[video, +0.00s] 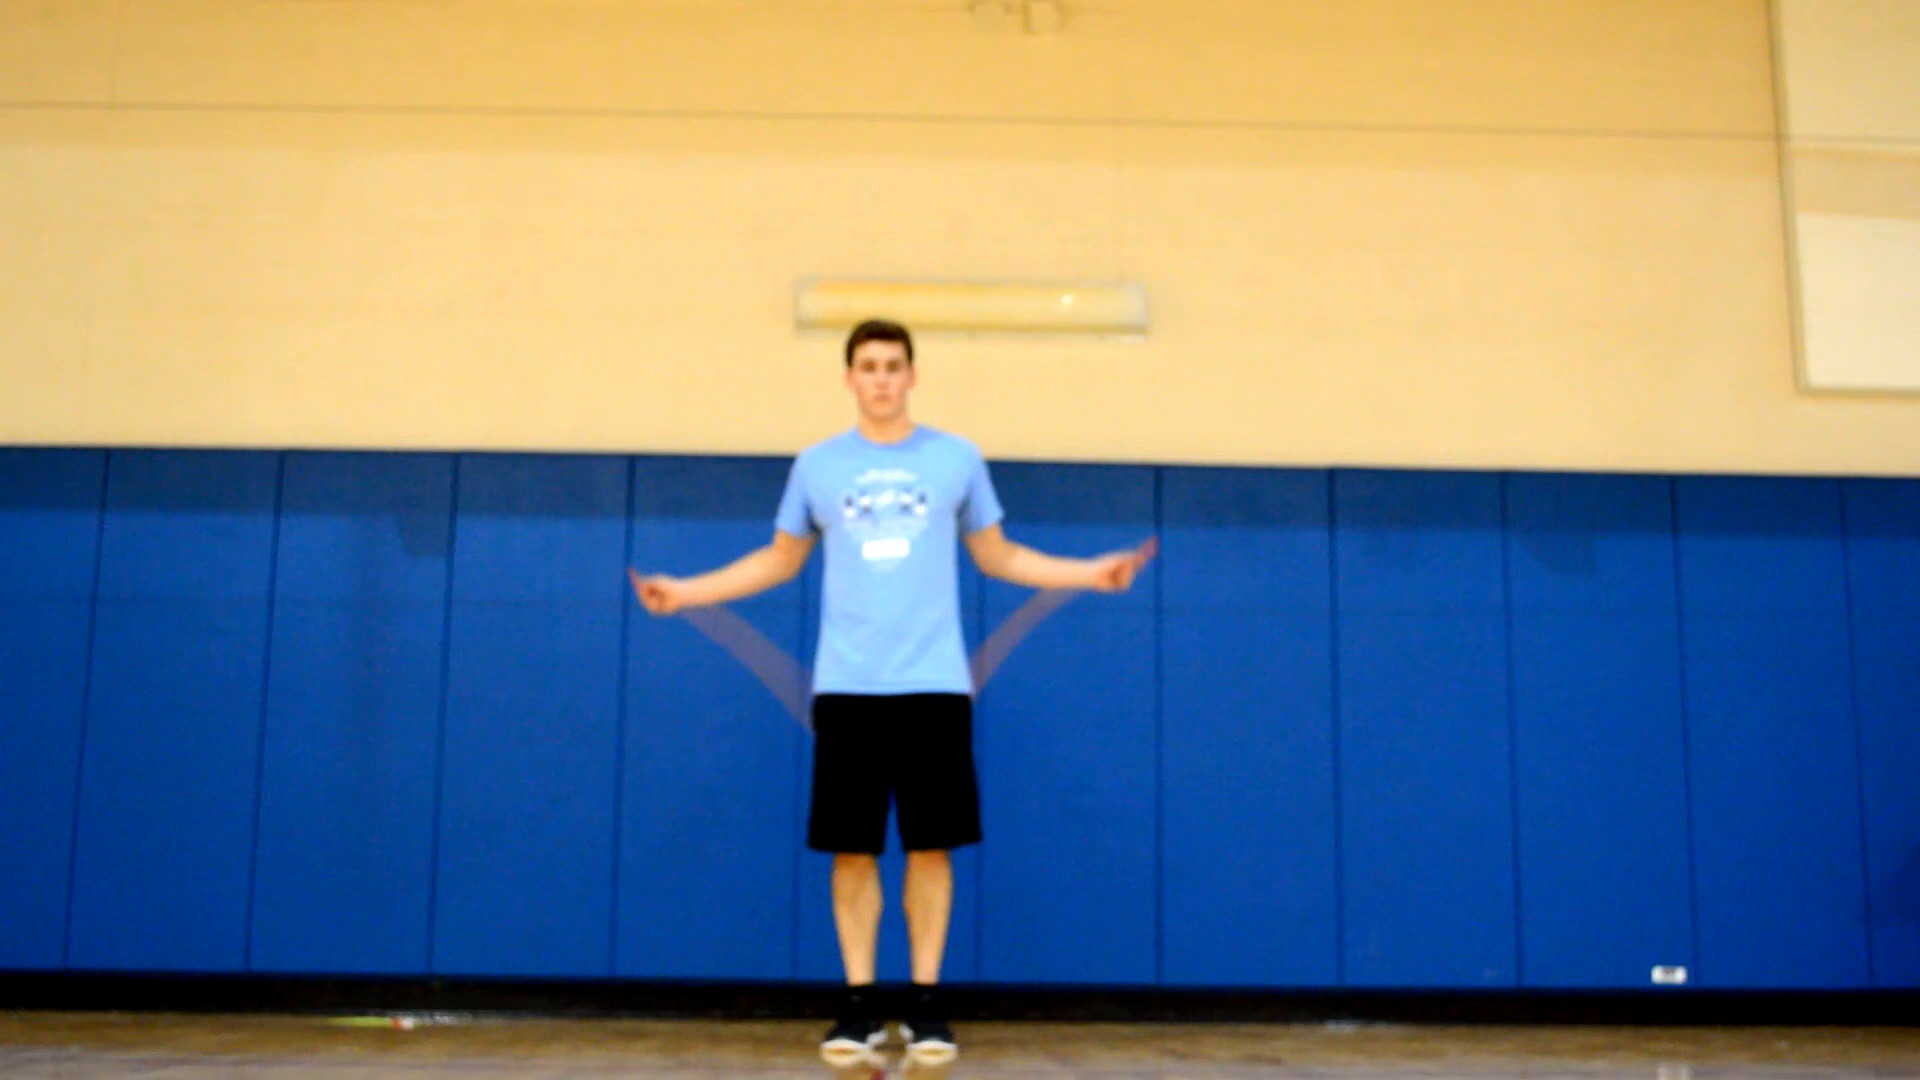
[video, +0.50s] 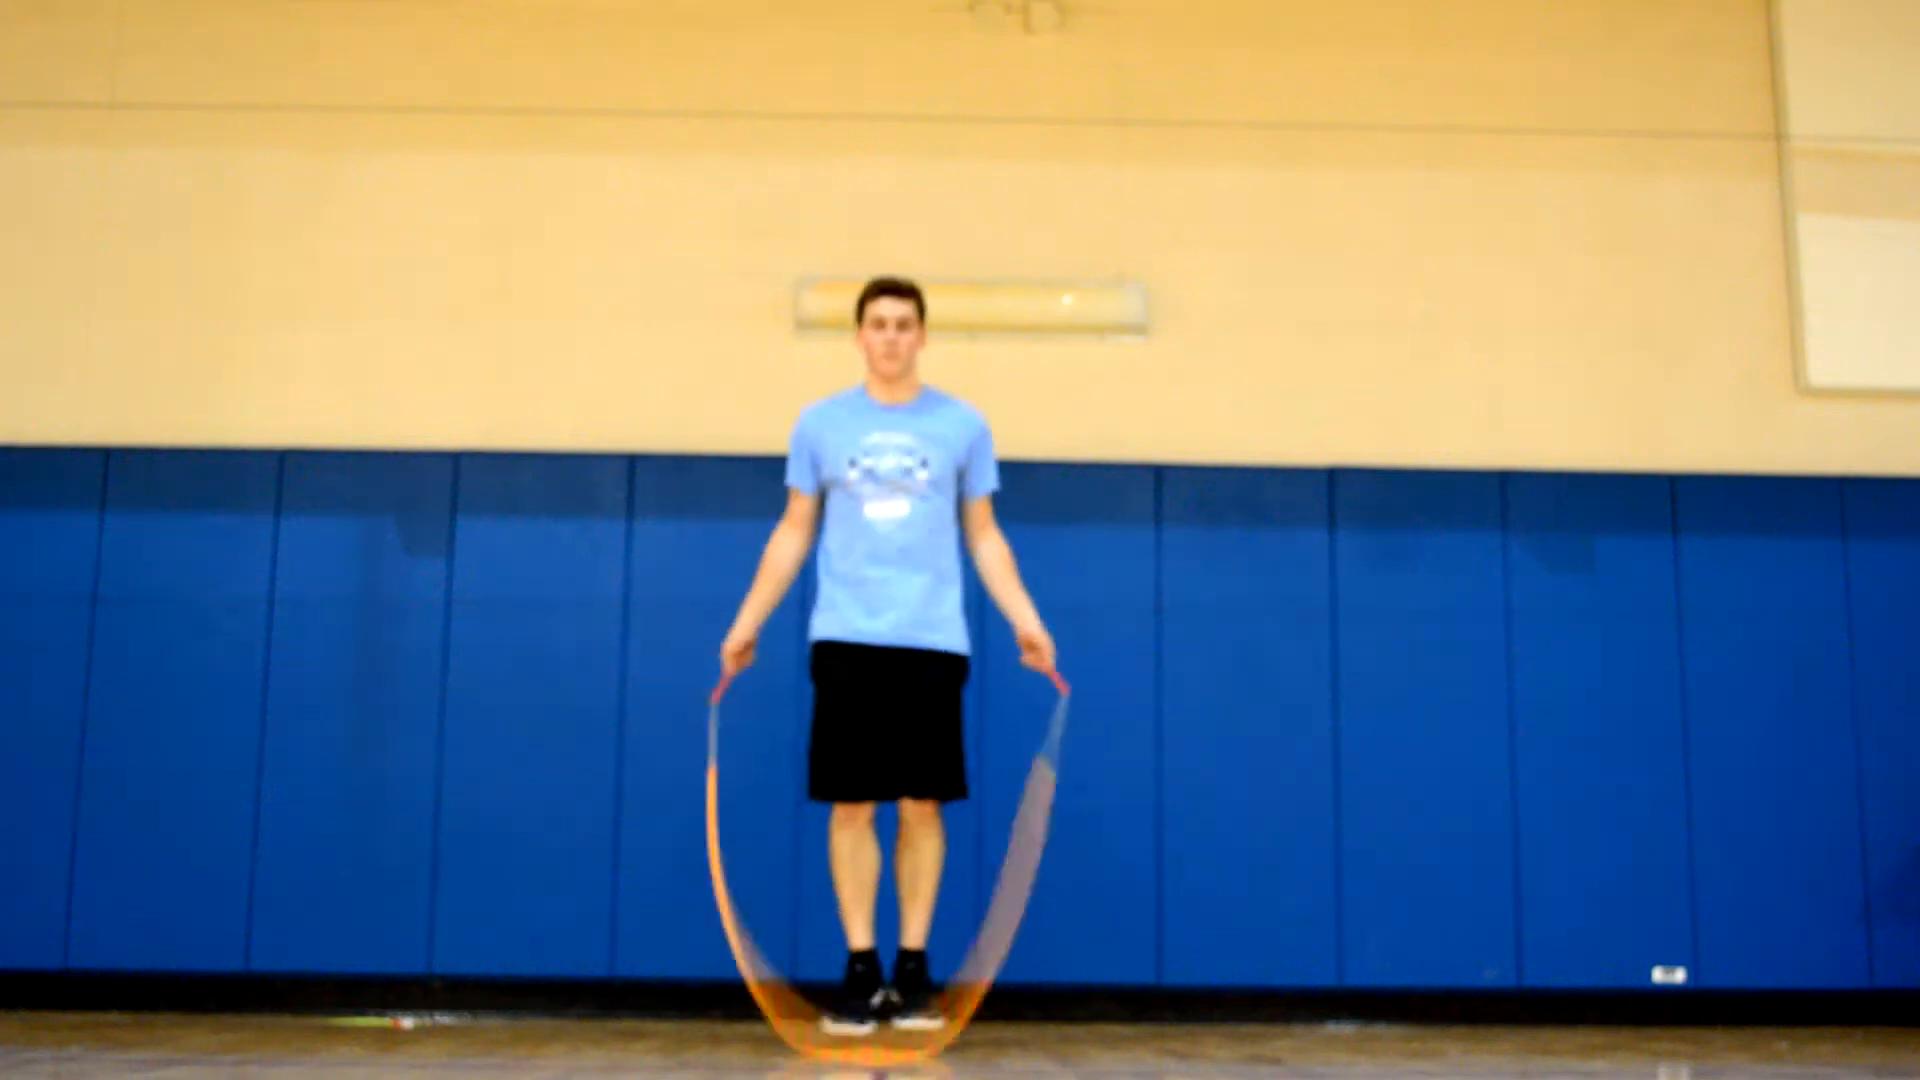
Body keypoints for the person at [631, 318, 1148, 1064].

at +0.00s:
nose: (880, 381)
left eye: (892, 368)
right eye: (867, 368)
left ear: (913, 376)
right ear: (849, 379)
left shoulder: (956, 460)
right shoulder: (819, 465)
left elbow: (996, 554)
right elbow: (781, 558)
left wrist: (1091, 573)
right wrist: (684, 592)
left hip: (934, 682)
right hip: (847, 684)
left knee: (930, 847)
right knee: (852, 849)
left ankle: (925, 1010)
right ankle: (859, 1010)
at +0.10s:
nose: (882, 376)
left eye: (894, 364)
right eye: (870, 364)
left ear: (914, 373)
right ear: (850, 375)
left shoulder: (957, 457)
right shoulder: (820, 462)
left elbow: (1001, 551)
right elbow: (774, 555)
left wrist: (1079, 567)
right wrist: (684, 587)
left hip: (936, 678)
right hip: (848, 680)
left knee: (935, 844)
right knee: (849, 846)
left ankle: (926, 1006)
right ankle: (858, 1009)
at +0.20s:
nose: (887, 386)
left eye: (899, 373)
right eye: (874, 374)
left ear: (918, 383)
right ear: (853, 385)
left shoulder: (962, 470)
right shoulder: (820, 474)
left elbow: (1004, 565)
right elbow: (773, 570)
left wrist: (1050, 592)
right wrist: (696, 604)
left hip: (939, 693)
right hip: (846, 694)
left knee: (946, 849)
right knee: (830, 849)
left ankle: (924, 1006)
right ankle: (859, 1003)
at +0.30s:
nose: (889, 401)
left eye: (902, 389)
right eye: (877, 389)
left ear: (921, 400)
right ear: (856, 401)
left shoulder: (962, 487)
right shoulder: (822, 489)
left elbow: (996, 583)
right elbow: (781, 582)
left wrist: (1035, 628)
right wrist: (715, 627)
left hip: (938, 708)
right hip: (843, 707)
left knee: (954, 859)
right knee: (817, 856)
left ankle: (926, 1008)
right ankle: (858, 1003)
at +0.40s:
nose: (891, 366)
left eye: (904, 354)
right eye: (879, 353)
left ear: (923, 364)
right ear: (859, 364)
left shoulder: (962, 453)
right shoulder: (823, 452)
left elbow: (988, 556)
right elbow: (789, 551)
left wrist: (1026, 634)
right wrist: (740, 633)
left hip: (933, 674)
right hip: (843, 673)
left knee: (934, 830)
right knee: (839, 829)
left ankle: (925, 992)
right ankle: (855, 988)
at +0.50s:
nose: (891, 339)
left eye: (904, 326)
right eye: (879, 326)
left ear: (923, 336)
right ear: (859, 336)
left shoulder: (961, 425)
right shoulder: (823, 423)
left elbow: (984, 536)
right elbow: (794, 532)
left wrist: (1027, 623)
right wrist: (746, 625)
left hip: (932, 641)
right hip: (846, 638)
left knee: (920, 805)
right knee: (852, 805)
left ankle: (912, 970)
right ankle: (861, 970)